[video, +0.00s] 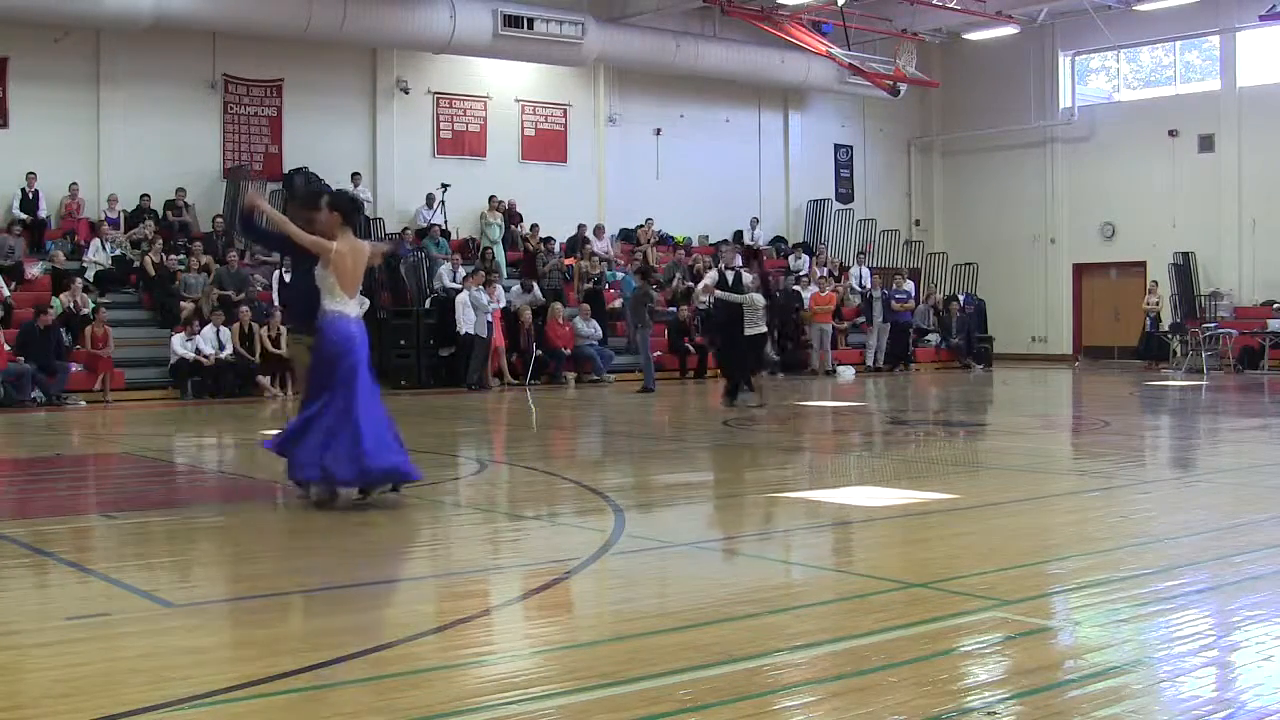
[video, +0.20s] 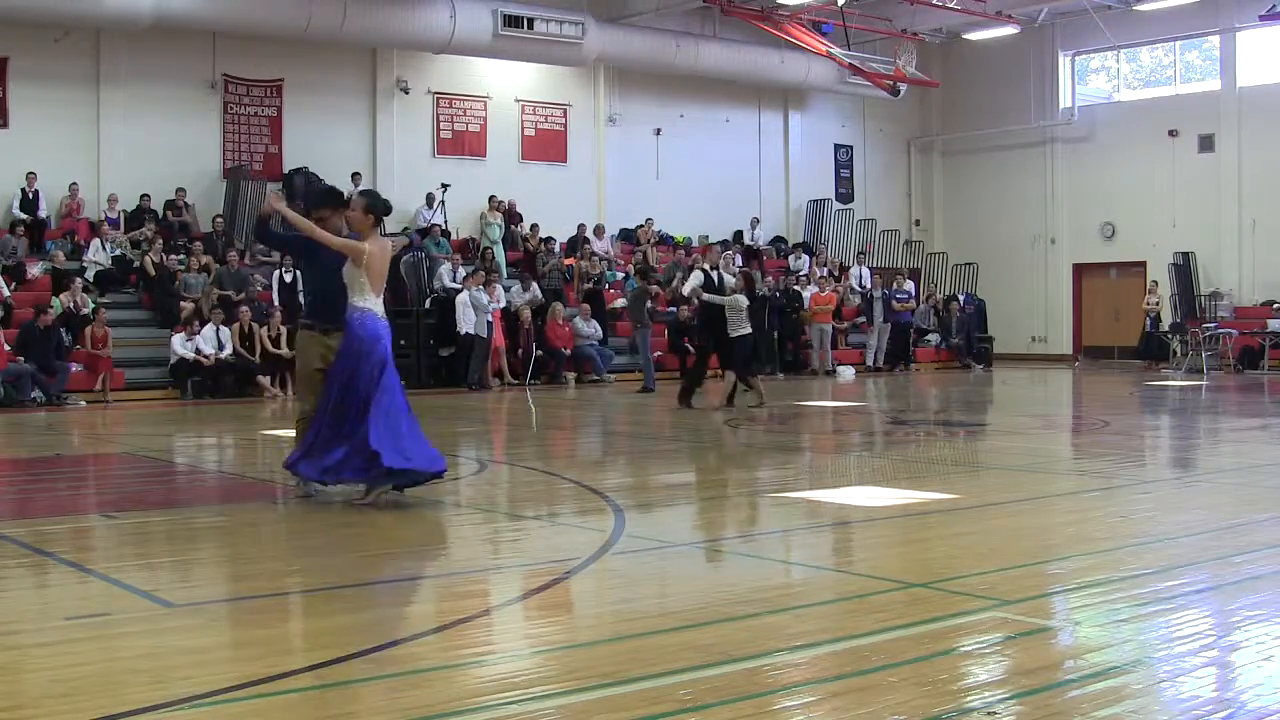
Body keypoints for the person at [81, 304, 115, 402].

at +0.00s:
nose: (105, 315)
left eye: (106, 312)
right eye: (103, 313)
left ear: (106, 314)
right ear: (96, 315)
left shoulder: (108, 330)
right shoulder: (89, 329)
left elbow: (111, 347)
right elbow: (88, 348)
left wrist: (103, 352)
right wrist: (100, 352)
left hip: (103, 355)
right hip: (92, 356)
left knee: (106, 360)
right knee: (106, 365)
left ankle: (98, 382)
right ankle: (107, 394)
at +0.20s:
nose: (106, 315)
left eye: (106, 313)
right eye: (103, 313)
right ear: (96, 316)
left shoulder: (108, 330)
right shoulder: (89, 330)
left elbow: (109, 349)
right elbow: (89, 349)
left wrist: (103, 352)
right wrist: (100, 352)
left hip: (103, 355)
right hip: (92, 356)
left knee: (106, 360)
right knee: (106, 365)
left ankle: (99, 382)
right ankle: (107, 394)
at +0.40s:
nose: (106, 316)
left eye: (106, 313)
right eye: (103, 313)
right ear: (96, 316)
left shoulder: (108, 330)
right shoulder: (88, 330)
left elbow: (110, 348)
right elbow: (89, 349)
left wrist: (104, 352)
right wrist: (100, 352)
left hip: (103, 354)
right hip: (92, 355)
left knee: (105, 359)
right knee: (106, 366)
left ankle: (99, 382)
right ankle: (107, 394)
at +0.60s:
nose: (106, 315)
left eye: (105, 313)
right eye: (103, 313)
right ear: (96, 316)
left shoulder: (108, 330)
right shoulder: (88, 330)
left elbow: (109, 348)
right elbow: (88, 349)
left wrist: (104, 351)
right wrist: (100, 352)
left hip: (103, 355)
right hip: (92, 356)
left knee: (105, 359)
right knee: (106, 366)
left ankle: (99, 382)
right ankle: (107, 394)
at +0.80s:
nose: (105, 316)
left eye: (105, 313)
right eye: (102, 314)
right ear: (95, 316)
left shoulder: (107, 330)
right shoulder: (88, 330)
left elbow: (109, 348)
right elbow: (89, 350)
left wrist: (104, 352)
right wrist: (101, 352)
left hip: (103, 355)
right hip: (92, 355)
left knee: (104, 360)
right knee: (106, 365)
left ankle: (99, 382)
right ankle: (107, 394)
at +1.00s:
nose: (105, 316)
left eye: (105, 313)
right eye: (102, 314)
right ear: (95, 316)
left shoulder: (107, 330)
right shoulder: (88, 330)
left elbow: (109, 348)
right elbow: (89, 350)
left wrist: (104, 352)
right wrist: (101, 352)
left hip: (103, 355)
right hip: (92, 355)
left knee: (104, 359)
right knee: (106, 365)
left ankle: (99, 382)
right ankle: (107, 394)